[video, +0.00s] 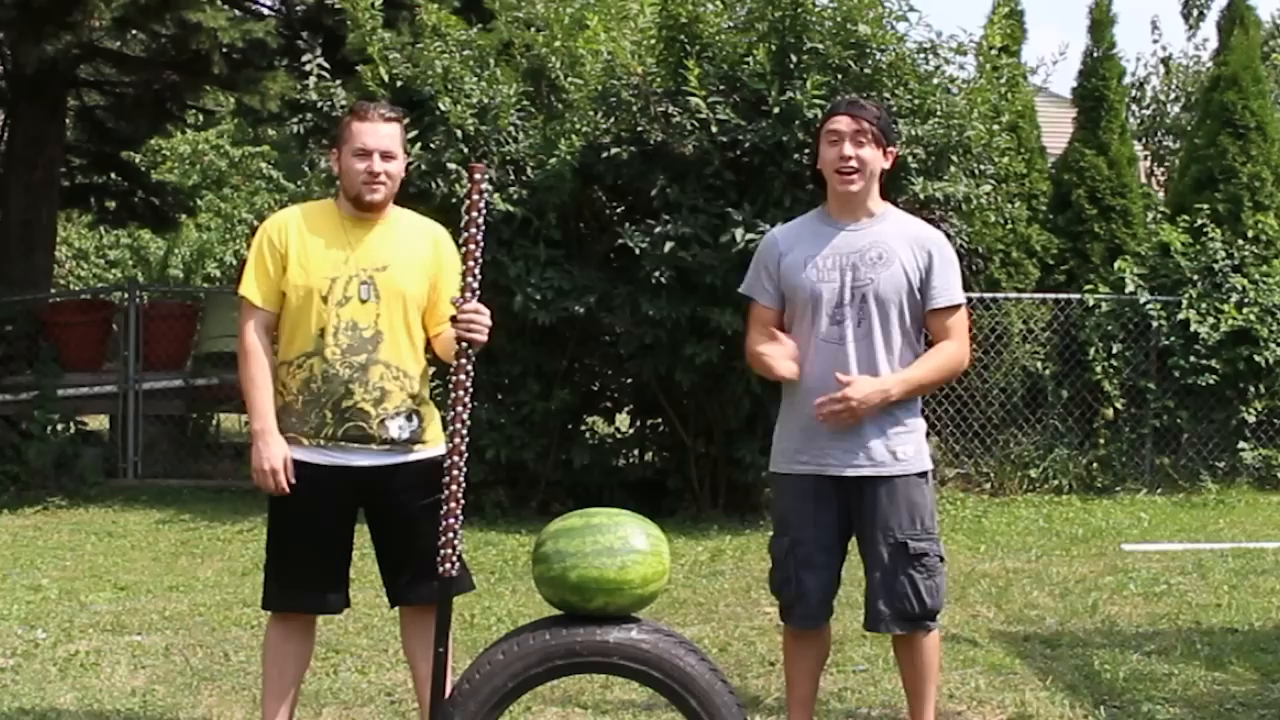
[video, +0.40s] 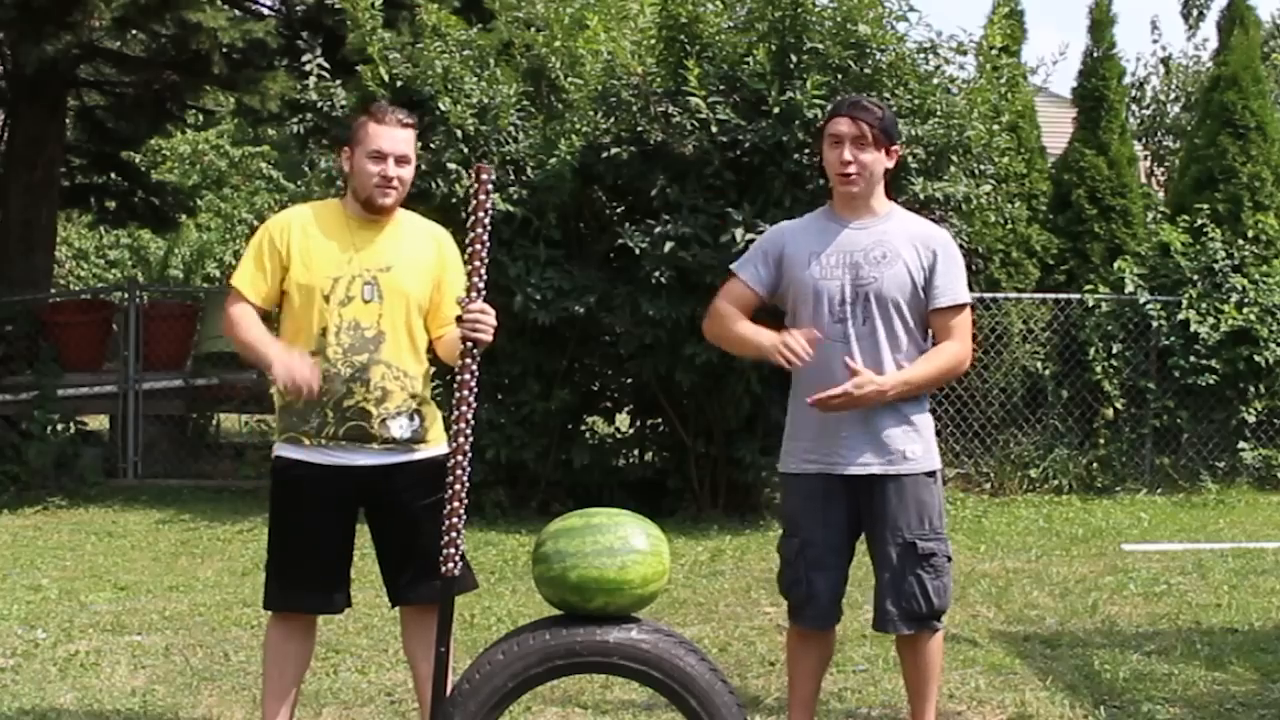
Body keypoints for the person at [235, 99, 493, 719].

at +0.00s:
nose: (376, 166)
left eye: (389, 155)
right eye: (363, 153)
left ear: (405, 165)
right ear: (335, 160)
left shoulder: (432, 240)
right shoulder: (285, 231)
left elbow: (442, 342)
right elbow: (255, 333)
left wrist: (467, 335)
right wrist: (264, 430)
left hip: (409, 456)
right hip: (310, 454)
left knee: (426, 599)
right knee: (293, 604)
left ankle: (438, 715)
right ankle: (275, 717)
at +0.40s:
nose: (391, 170)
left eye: (403, 160)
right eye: (377, 156)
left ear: (416, 168)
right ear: (346, 159)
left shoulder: (434, 243)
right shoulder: (289, 230)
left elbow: (446, 343)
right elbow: (237, 311)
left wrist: (472, 337)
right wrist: (276, 353)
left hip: (411, 455)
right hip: (311, 455)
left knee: (427, 600)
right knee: (294, 605)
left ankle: (438, 716)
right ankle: (275, 717)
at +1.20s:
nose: (389, 170)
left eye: (401, 160)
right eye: (376, 156)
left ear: (414, 169)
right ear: (345, 159)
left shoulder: (436, 242)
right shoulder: (293, 233)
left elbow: (450, 344)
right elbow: (263, 338)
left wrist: (478, 335)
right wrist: (247, 433)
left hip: (408, 457)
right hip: (307, 456)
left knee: (430, 603)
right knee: (293, 605)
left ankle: (437, 716)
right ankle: (274, 717)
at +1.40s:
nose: (380, 162)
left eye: (392, 153)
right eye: (367, 150)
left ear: (405, 164)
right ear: (337, 157)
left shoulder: (430, 238)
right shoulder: (286, 233)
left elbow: (446, 337)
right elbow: (251, 327)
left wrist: (472, 334)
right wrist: (230, 424)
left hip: (407, 456)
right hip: (305, 454)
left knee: (426, 603)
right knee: (291, 604)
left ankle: (437, 715)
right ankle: (275, 716)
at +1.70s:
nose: (362, 162)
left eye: (374, 152)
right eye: (349, 150)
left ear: (390, 164)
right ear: (322, 159)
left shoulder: (422, 236)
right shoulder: (277, 235)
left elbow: (437, 334)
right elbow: (252, 332)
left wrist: (463, 331)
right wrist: (252, 417)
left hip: (399, 458)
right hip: (300, 455)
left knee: (419, 602)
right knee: (286, 601)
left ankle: (437, 714)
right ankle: (274, 716)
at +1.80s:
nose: (359, 163)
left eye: (371, 153)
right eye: (345, 151)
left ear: (386, 163)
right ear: (318, 159)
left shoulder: (419, 236)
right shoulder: (274, 235)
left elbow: (434, 333)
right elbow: (250, 333)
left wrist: (458, 330)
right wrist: (257, 413)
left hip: (397, 459)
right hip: (299, 456)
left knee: (419, 603)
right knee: (284, 603)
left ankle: (436, 714)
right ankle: (274, 716)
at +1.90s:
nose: (357, 163)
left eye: (369, 153)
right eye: (343, 151)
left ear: (384, 163)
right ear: (315, 159)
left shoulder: (416, 236)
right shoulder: (272, 235)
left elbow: (432, 332)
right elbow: (247, 334)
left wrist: (455, 330)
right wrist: (254, 420)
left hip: (396, 459)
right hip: (298, 456)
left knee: (418, 605)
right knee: (283, 604)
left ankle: (437, 715)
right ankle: (275, 716)